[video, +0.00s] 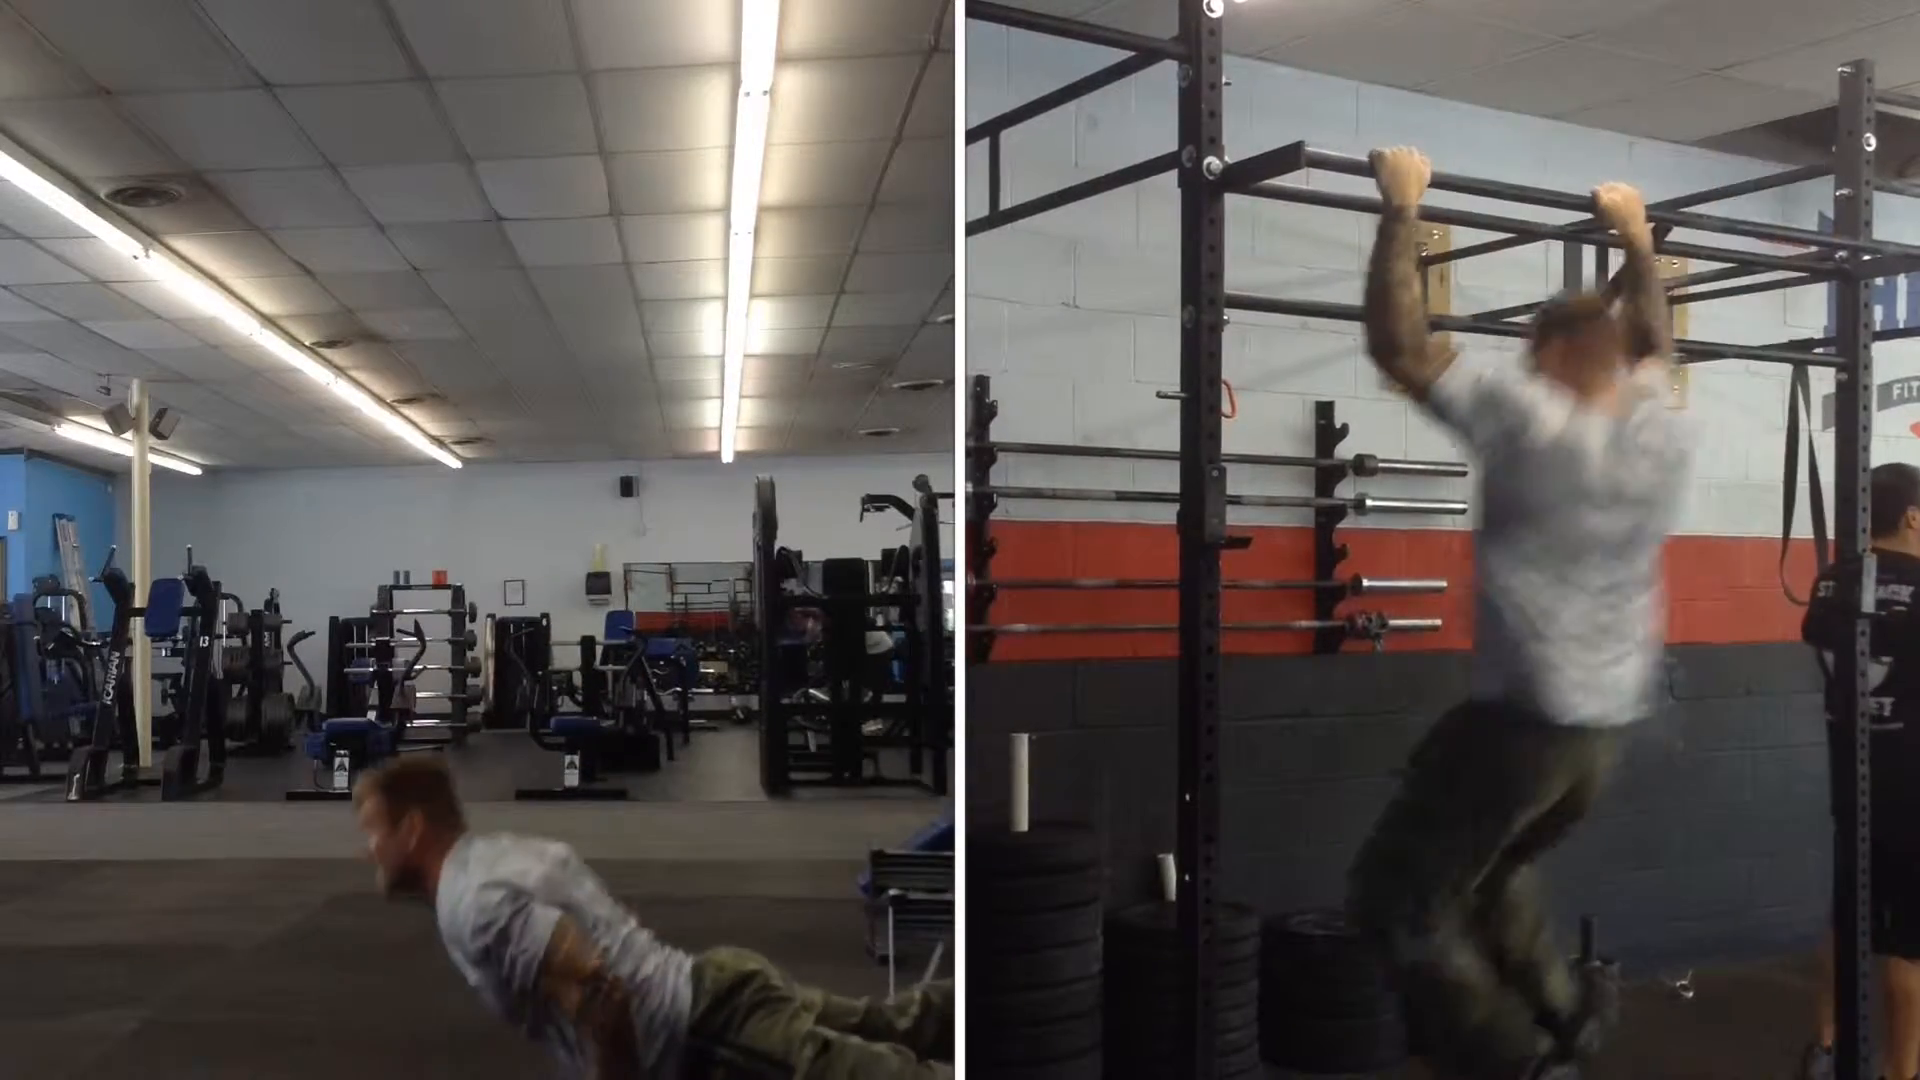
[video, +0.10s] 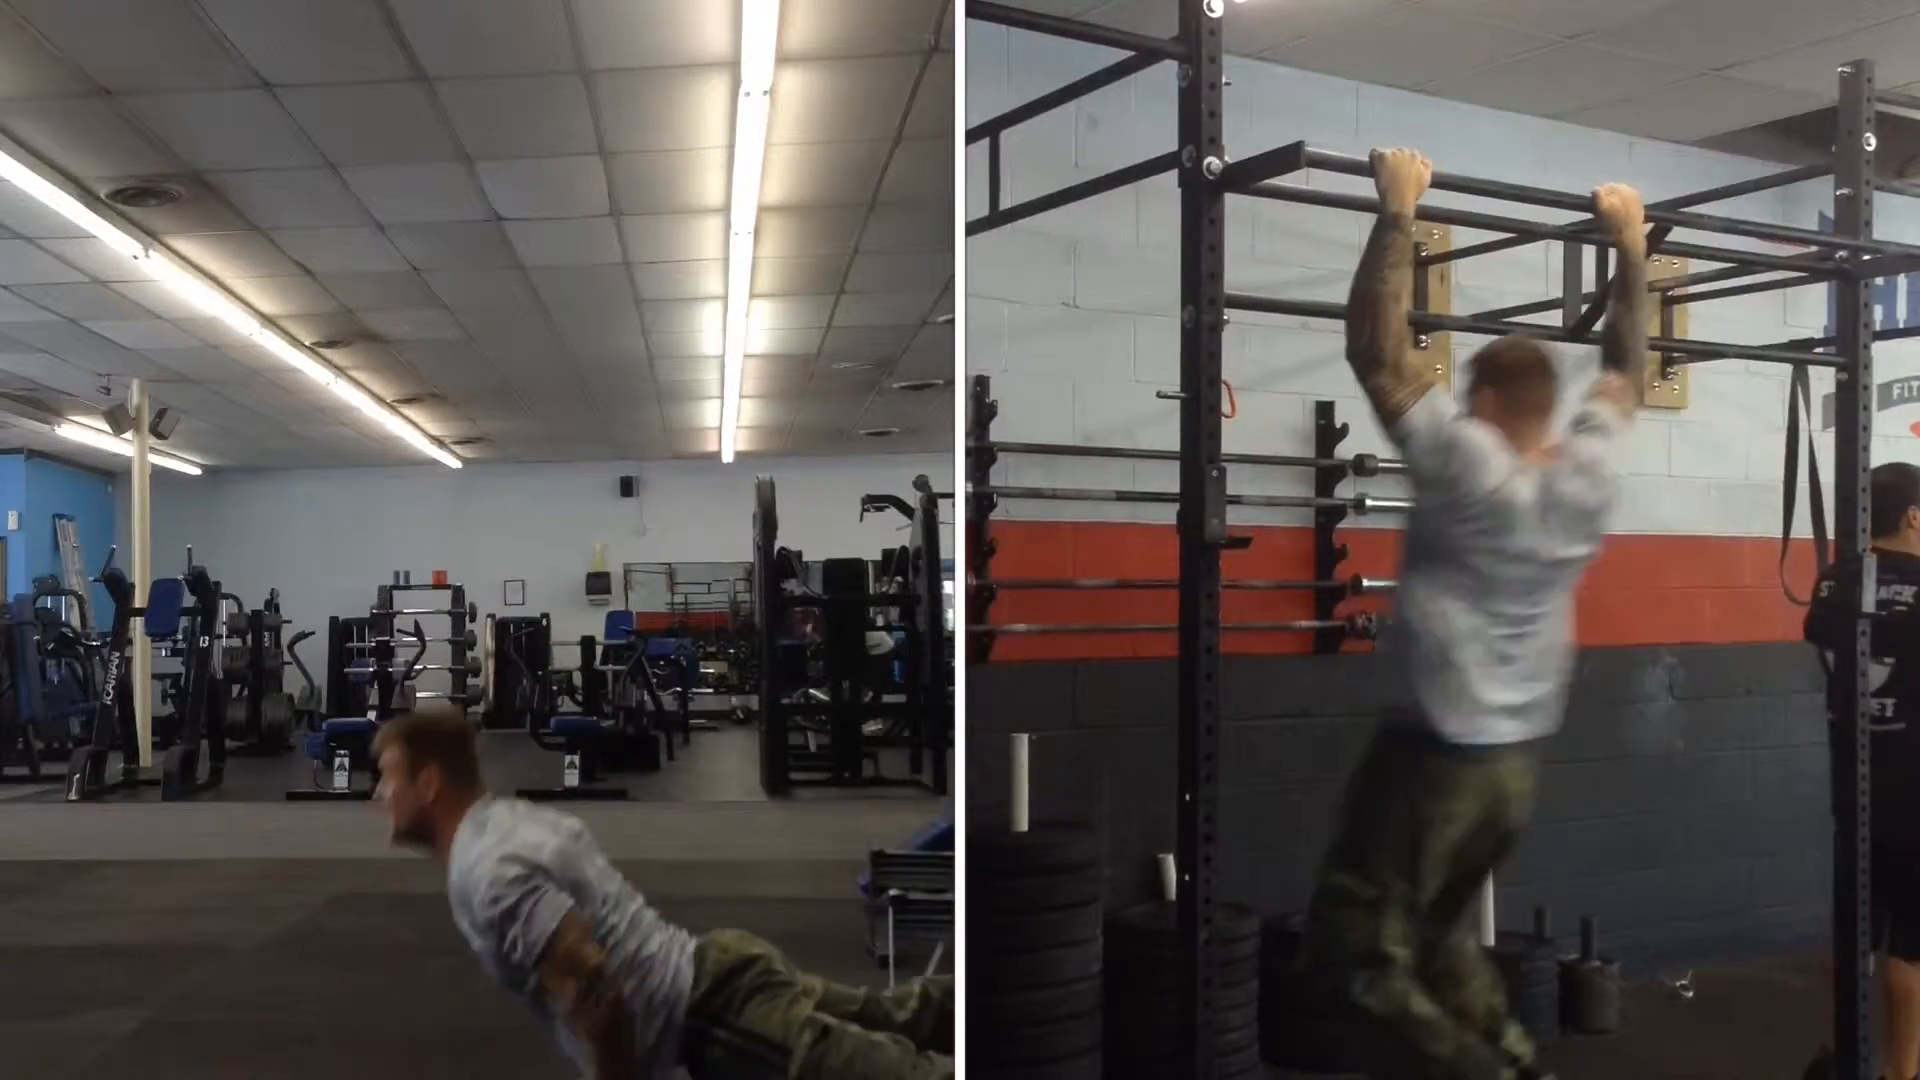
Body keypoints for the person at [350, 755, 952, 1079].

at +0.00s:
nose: (364, 848)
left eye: (370, 829)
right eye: (363, 831)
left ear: (412, 827)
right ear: (426, 822)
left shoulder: (474, 898)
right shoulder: (507, 854)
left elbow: (600, 994)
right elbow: (604, 953)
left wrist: (609, 1072)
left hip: (712, 1030)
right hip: (719, 987)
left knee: (912, 1075)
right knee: (910, 1020)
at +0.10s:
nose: (378, 797)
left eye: (385, 777)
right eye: (378, 779)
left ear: (430, 782)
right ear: (441, 779)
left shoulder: (485, 867)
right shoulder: (517, 820)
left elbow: (595, 991)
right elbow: (609, 934)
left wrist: (607, 1072)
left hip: (717, 1022)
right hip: (718, 970)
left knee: (919, 1071)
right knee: (904, 1015)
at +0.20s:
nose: (395, 753)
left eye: (407, 735)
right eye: (398, 736)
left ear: (451, 743)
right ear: (460, 743)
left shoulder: (501, 848)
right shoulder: (525, 796)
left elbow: (591, 986)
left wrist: (611, 1071)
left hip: (713, 1007)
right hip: (719, 957)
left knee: (919, 1069)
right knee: (904, 1010)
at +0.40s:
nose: (443, 712)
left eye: (454, 696)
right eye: (445, 696)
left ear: (496, 709)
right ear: (502, 709)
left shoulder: (532, 822)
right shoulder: (565, 776)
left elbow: (584, 980)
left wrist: (603, 1068)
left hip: (716, 1006)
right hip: (726, 957)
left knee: (913, 1070)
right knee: (904, 1014)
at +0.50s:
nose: (460, 706)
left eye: (472, 690)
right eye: (464, 690)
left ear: (516, 704)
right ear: (520, 705)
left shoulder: (552, 818)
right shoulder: (578, 776)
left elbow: (589, 985)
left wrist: (606, 1068)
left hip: (718, 1014)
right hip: (727, 969)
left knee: (910, 1070)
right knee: (897, 1024)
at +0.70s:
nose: (461, 713)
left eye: (472, 696)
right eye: (463, 697)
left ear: (518, 707)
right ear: (524, 707)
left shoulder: (562, 816)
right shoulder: (594, 771)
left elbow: (597, 978)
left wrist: (609, 1066)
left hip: (735, 1007)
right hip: (745, 957)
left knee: (923, 1067)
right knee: (915, 1009)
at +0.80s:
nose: (448, 733)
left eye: (455, 716)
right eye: (448, 717)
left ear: (503, 716)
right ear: (511, 714)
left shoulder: (565, 818)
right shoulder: (582, 768)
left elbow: (597, 990)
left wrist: (614, 1072)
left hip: (763, 977)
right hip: (767, 937)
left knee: (936, 1057)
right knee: (928, 993)